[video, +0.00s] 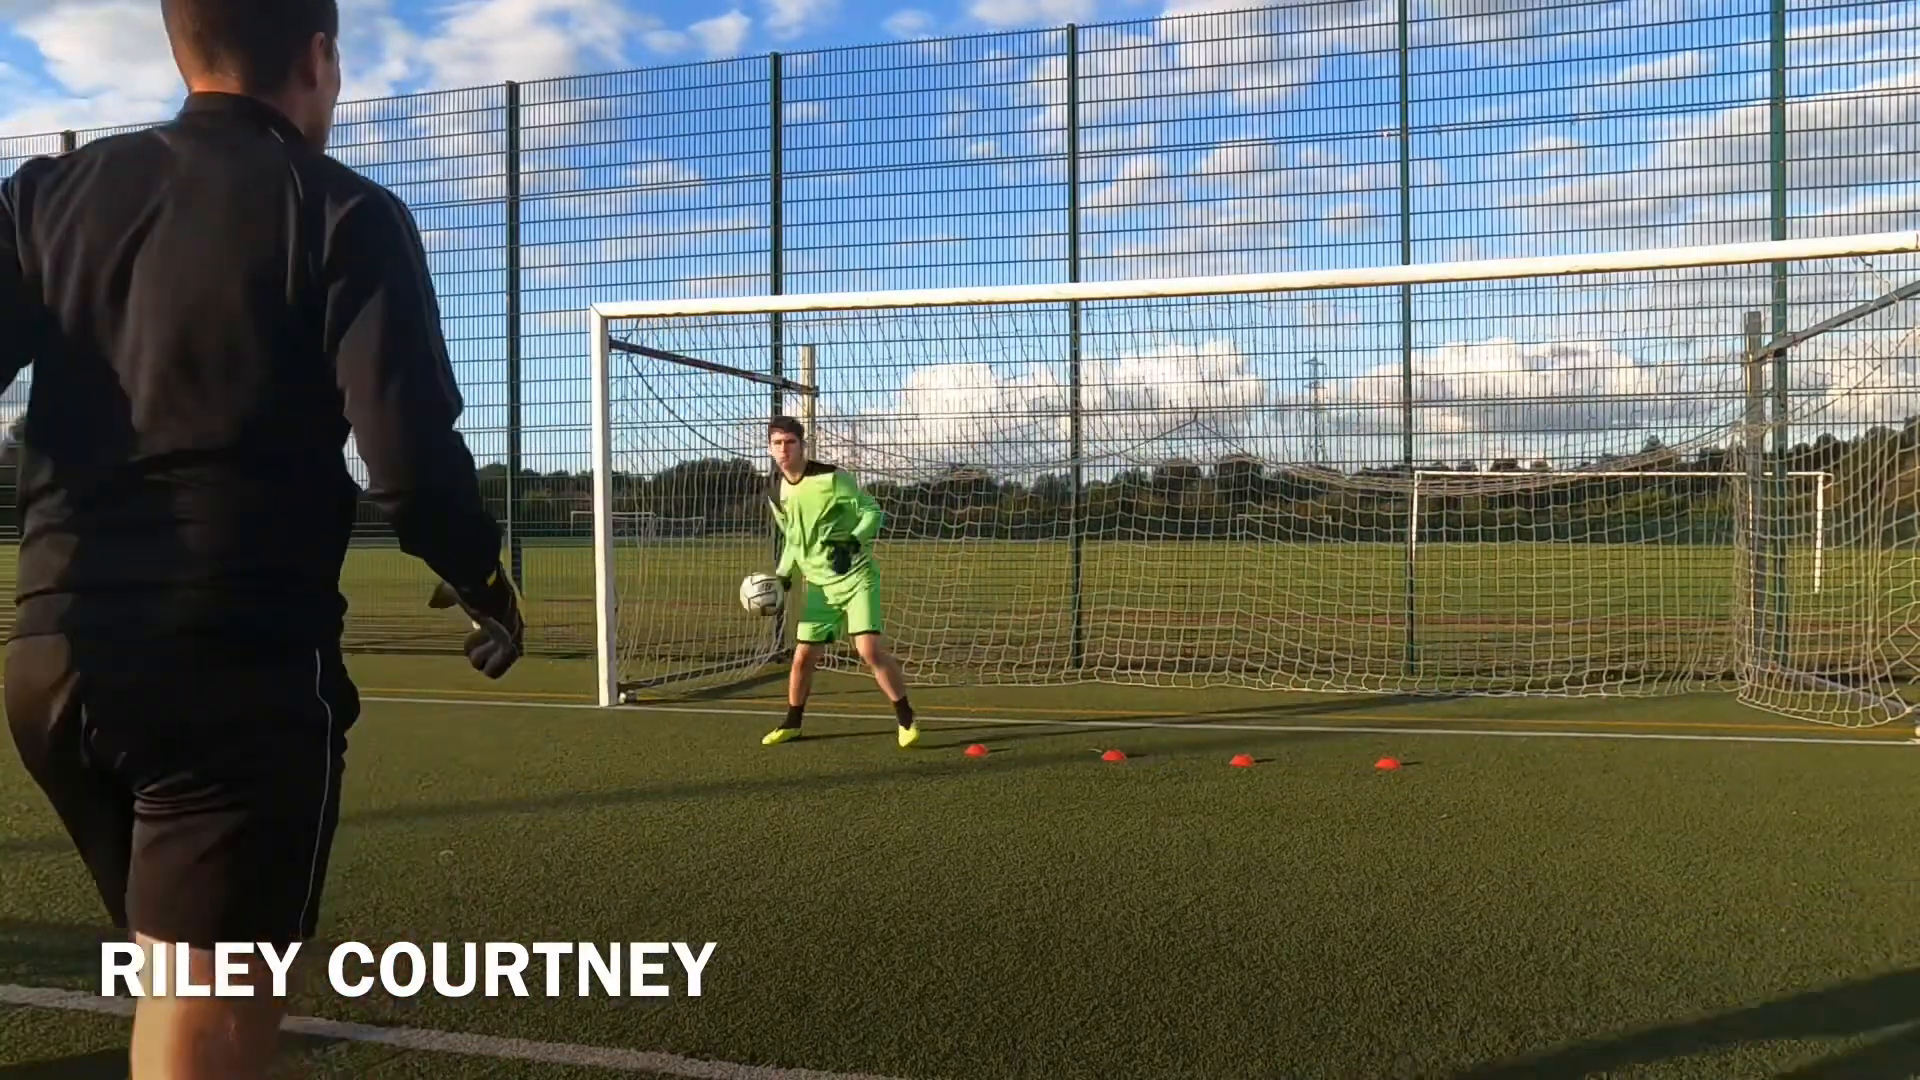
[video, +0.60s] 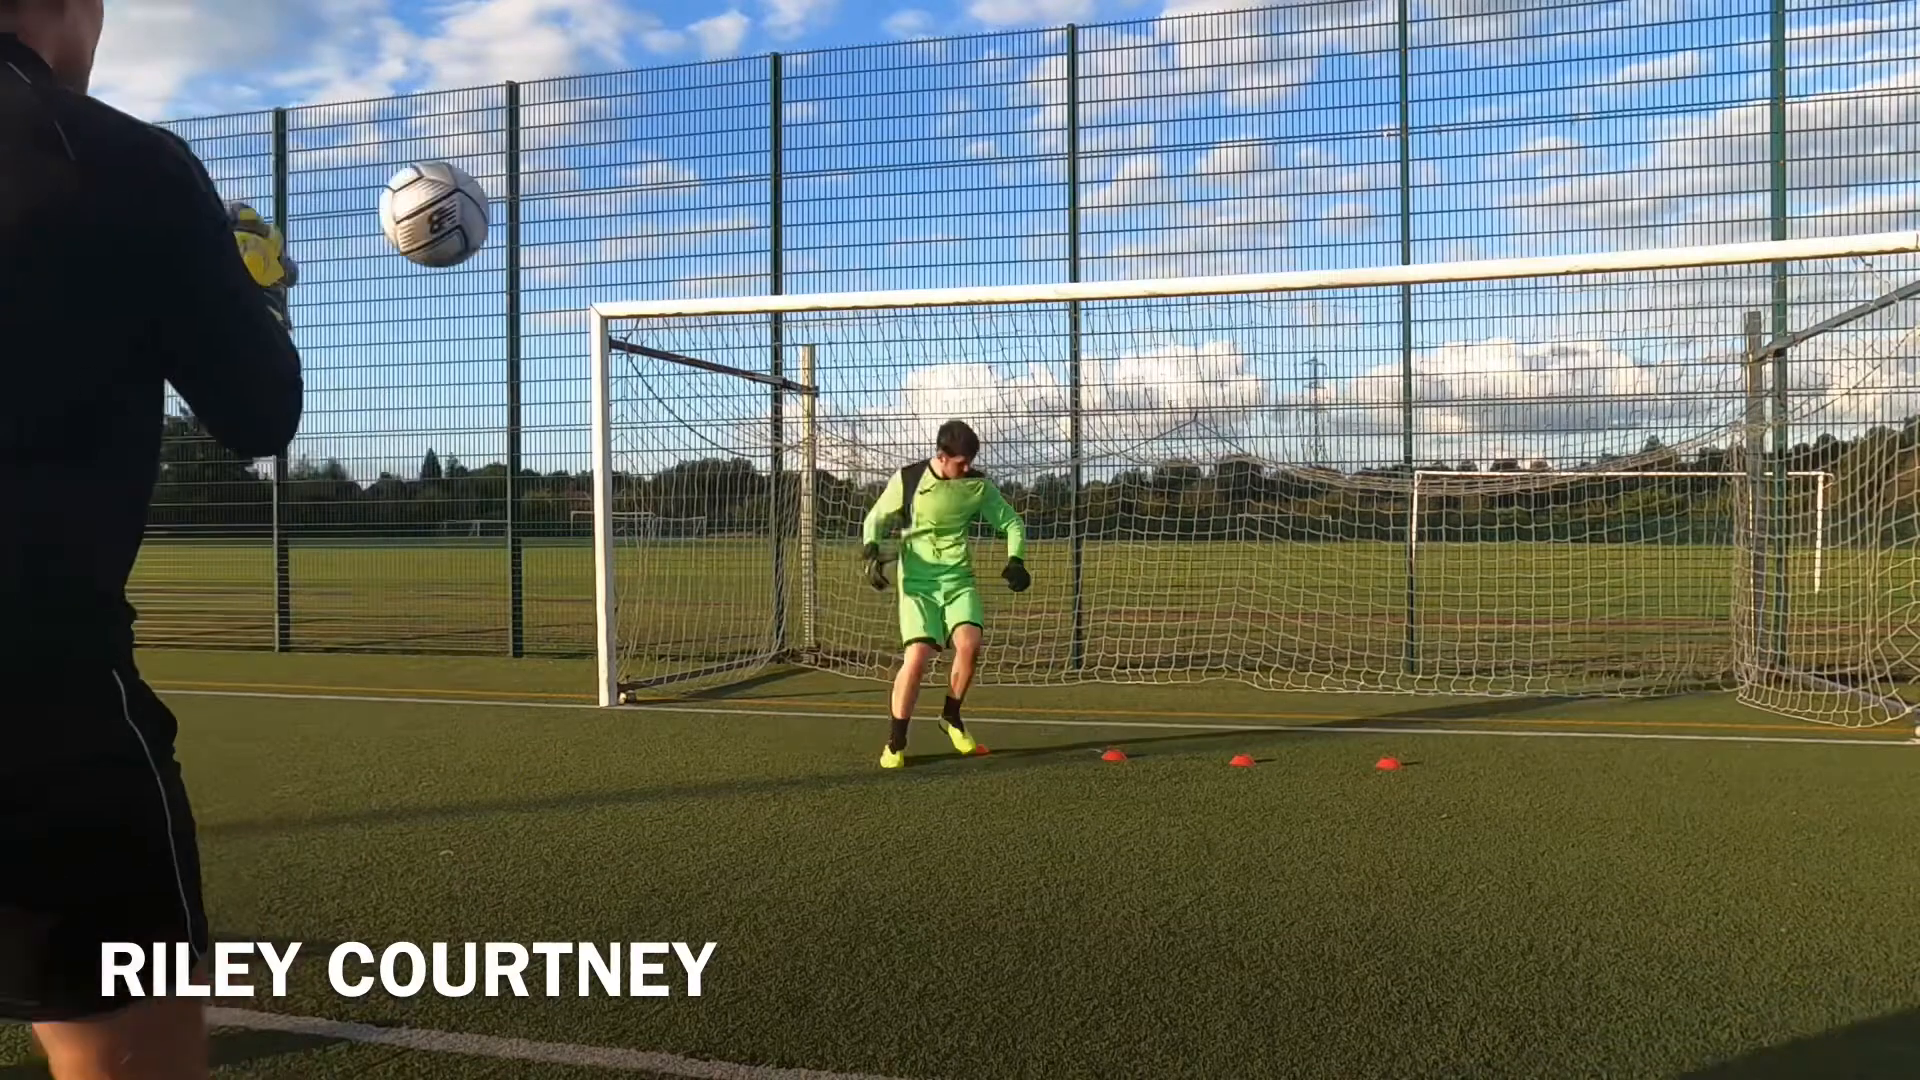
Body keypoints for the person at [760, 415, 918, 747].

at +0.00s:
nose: (783, 450)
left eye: (790, 442)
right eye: (777, 444)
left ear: (803, 445)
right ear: (770, 450)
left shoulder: (834, 480)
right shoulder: (779, 492)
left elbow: (873, 511)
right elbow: (792, 541)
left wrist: (853, 541)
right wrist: (780, 581)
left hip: (857, 579)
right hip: (819, 587)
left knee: (869, 650)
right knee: (802, 656)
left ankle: (906, 719)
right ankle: (792, 723)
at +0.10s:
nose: (814, 451)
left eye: (820, 444)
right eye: (808, 445)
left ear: (830, 445)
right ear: (798, 446)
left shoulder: (855, 480)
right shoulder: (792, 488)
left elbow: (893, 514)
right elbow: (790, 536)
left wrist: (873, 542)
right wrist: (767, 538)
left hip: (866, 579)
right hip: (826, 584)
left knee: (877, 651)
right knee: (809, 657)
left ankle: (901, 725)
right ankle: (794, 723)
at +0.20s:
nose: (851, 457)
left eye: (856, 451)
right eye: (845, 451)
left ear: (863, 448)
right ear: (832, 449)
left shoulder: (881, 482)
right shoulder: (816, 487)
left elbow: (917, 518)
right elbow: (792, 534)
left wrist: (893, 544)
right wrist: (799, 498)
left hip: (883, 586)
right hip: (841, 591)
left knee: (887, 659)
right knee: (820, 660)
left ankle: (899, 732)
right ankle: (798, 722)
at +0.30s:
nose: (892, 463)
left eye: (896, 456)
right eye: (886, 457)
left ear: (900, 450)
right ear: (868, 449)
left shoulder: (912, 483)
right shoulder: (844, 479)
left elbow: (942, 518)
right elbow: (821, 534)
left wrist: (916, 547)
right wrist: (832, 512)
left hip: (900, 584)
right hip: (858, 585)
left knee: (893, 659)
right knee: (833, 656)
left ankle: (899, 732)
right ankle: (815, 716)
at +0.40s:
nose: (920, 460)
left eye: (924, 454)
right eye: (914, 454)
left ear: (929, 448)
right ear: (897, 444)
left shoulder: (939, 481)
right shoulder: (867, 470)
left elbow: (964, 515)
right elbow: (851, 510)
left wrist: (943, 545)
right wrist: (854, 534)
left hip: (917, 582)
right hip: (873, 577)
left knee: (907, 657)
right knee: (859, 643)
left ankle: (900, 730)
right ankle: (850, 722)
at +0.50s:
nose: (943, 458)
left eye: (947, 452)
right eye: (937, 452)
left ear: (949, 447)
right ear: (919, 443)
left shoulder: (954, 476)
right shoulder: (886, 468)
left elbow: (981, 507)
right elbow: (865, 503)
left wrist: (970, 544)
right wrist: (865, 539)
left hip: (937, 577)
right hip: (895, 575)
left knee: (930, 657)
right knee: (894, 647)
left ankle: (909, 716)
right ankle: (887, 734)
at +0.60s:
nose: (967, 467)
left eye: (970, 461)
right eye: (961, 462)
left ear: (972, 457)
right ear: (942, 453)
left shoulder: (979, 487)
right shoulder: (907, 480)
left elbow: (1013, 523)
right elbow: (876, 517)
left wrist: (1015, 559)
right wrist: (871, 552)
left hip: (959, 582)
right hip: (917, 584)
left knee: (970, 644)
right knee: (917, 654)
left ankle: (951, 715)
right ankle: (896, 742)